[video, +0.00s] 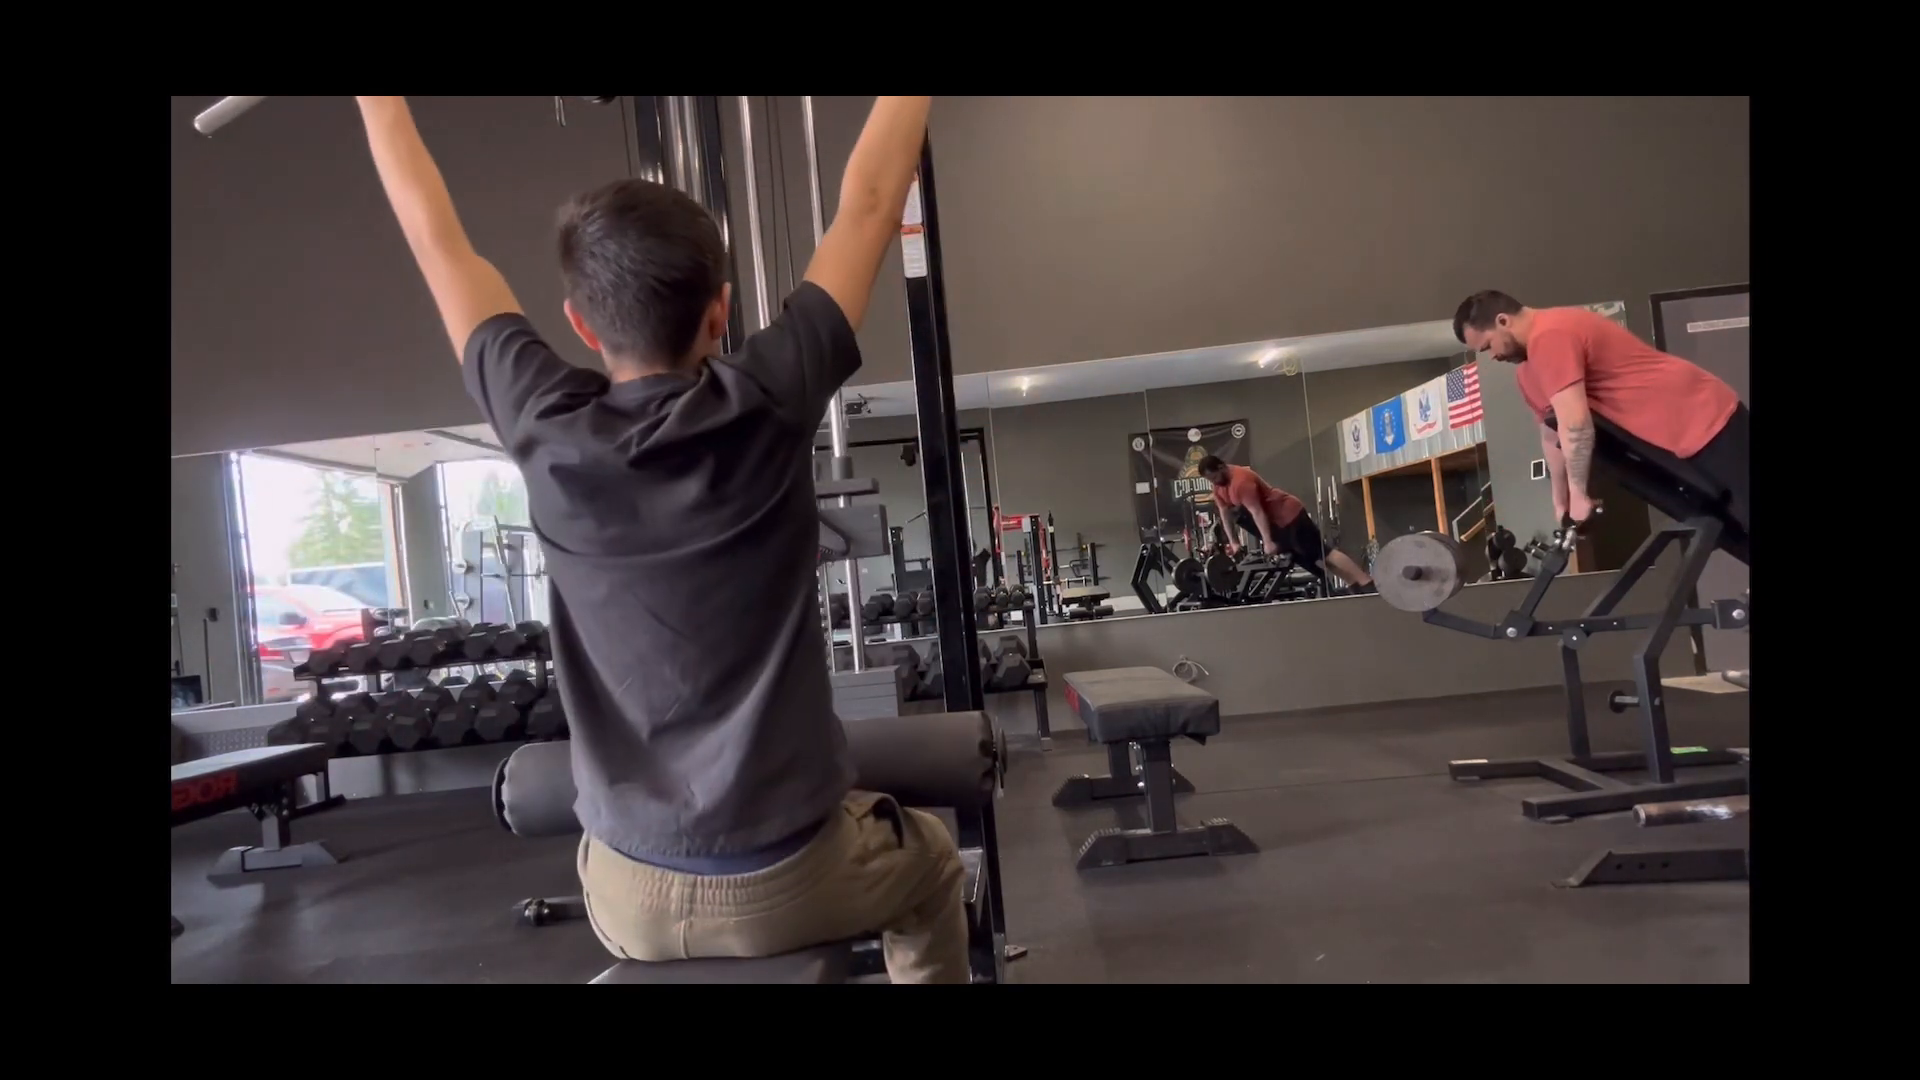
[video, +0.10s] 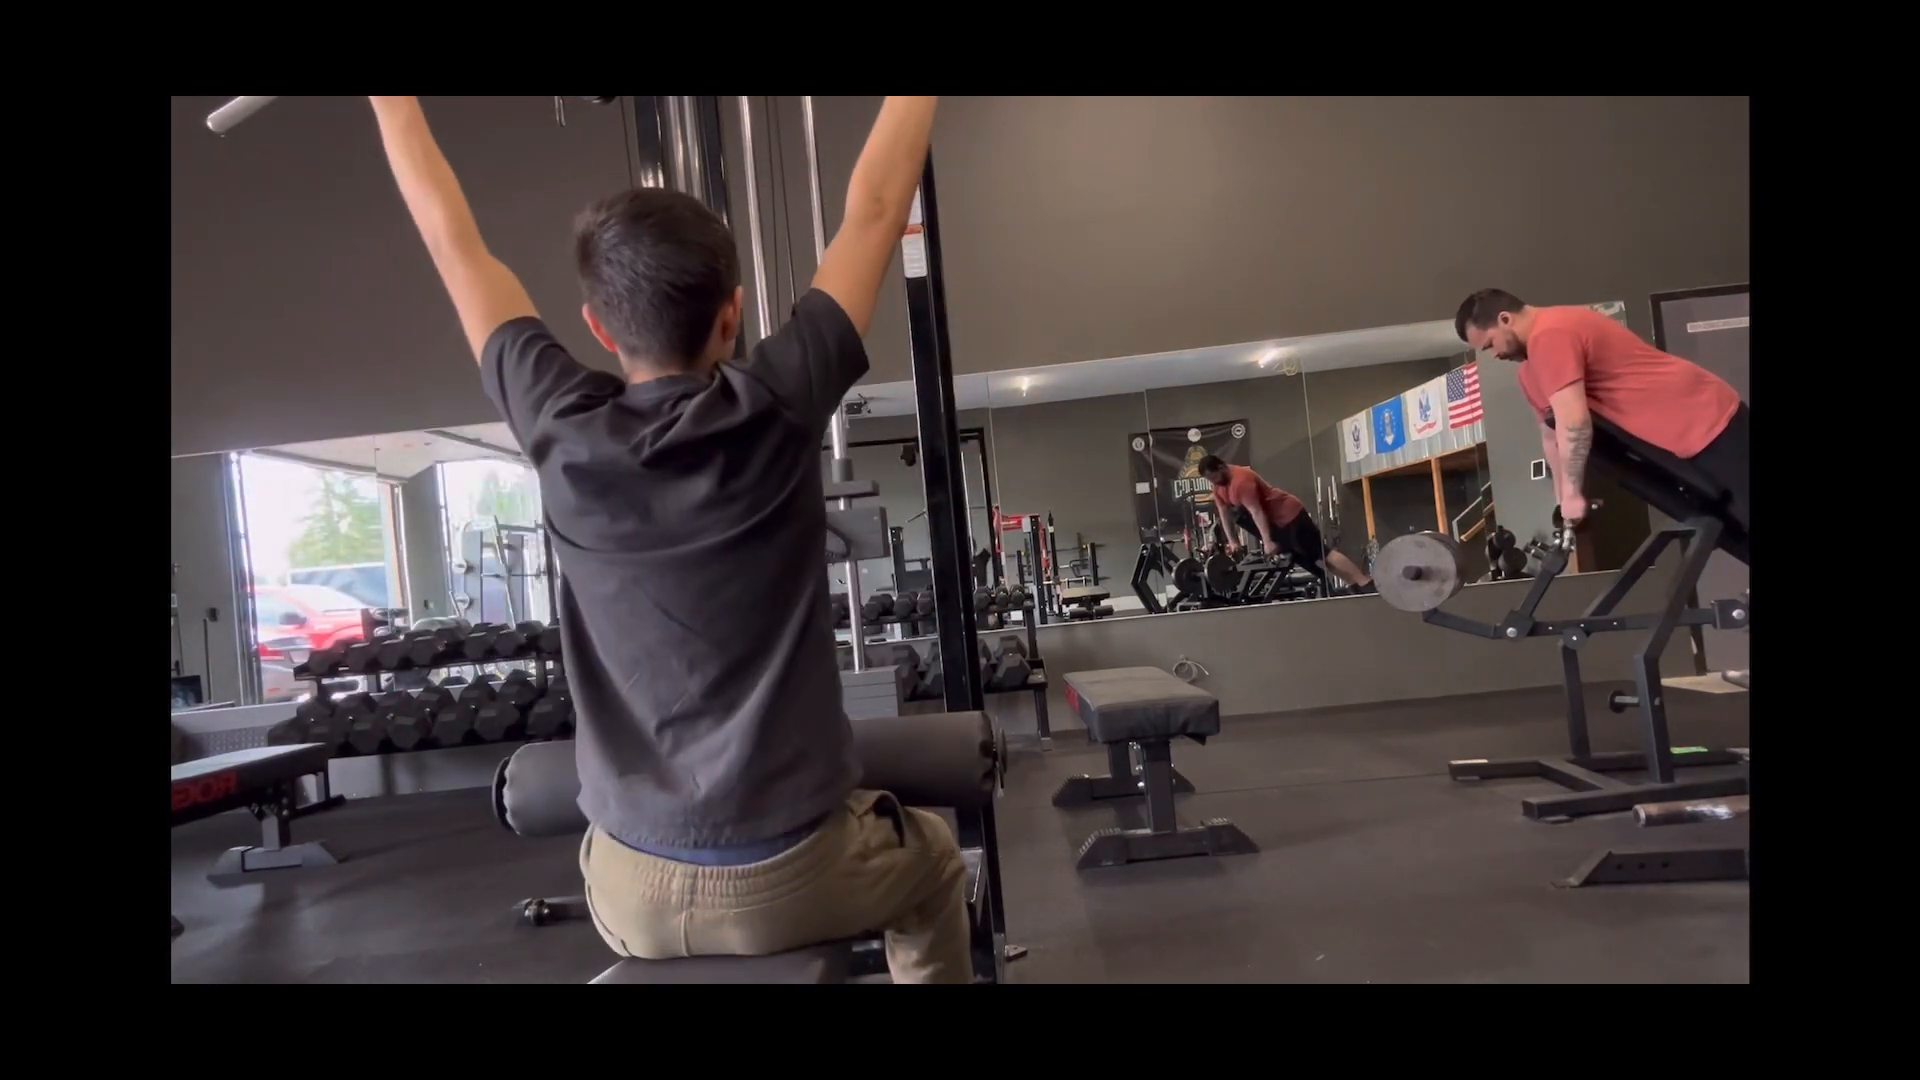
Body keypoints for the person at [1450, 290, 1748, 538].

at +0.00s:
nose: (1492, 356)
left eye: (1487, 346)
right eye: (1483, 351)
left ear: (1503, 320)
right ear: (1502, 323)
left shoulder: (1549, 336)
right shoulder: (1526, 371)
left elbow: (1578, 427)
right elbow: (1553, 436)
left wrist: (1578, 494)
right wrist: (1561, 500)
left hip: (1706, 420)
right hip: (1677, 444)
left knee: (1744, 521)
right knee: (1730, 531)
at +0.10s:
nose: (1494, 355)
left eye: (1489, 345)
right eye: (1486, 350)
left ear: (1505, 319)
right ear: (1504, 321)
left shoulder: (1549, 335)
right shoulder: (1528, 370)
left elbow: (1576, 424)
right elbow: (1552, 434)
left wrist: (1572, 492)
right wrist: (1563, 494)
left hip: (1708, 422)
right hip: (1678, 445)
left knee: (1745, 522)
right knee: (1732, 533)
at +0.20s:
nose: (1494, 354)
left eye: (1490, 343)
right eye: (1486, 349)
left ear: (1506, 317)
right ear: (1506, 320)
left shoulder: (1549, 334)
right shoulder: (1529, 370)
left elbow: (1575, 424)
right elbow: (1553, 432)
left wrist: (1571, 494)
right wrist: (1570, 492)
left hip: (1708, 423)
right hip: (1679, 446)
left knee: (1745, 522)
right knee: (1732, 533)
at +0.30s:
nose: (1495, 353)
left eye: (1490, 343)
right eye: (1487, 348)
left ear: (1507, 317)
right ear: (1506, 319)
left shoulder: (1548, 335)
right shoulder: (1528, 367)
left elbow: (1575, 424)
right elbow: (1555, 429)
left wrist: (1572, 495)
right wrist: (1572, 490)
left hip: (1708, 424)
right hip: (1677, 446)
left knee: (1745, 522)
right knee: (1733, 534)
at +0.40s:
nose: (1494, 352)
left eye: (1490, 342)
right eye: (1486, 348)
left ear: (1508, 315)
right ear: (1506, 317)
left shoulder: (1549, 336)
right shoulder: (1527, 365)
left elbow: (1575, 426)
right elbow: (1555, 431)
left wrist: (1572, 495)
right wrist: (1573, 493)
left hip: (1707, 424)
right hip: (1676, 447)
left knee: (1746, 519)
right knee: (1734, 534)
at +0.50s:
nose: (1493, 353)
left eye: (1489, 342)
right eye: (1485, 348)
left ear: (1507, 316)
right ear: (1505, 318)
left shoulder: (1549, 336)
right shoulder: (1526, 368)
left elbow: (1576, 425)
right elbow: (1555, 432)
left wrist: (1573, 494)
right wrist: (1571, 494)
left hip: (1706, 425)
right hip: (1673, 450)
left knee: (1746, 519)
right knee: (1734, 536)